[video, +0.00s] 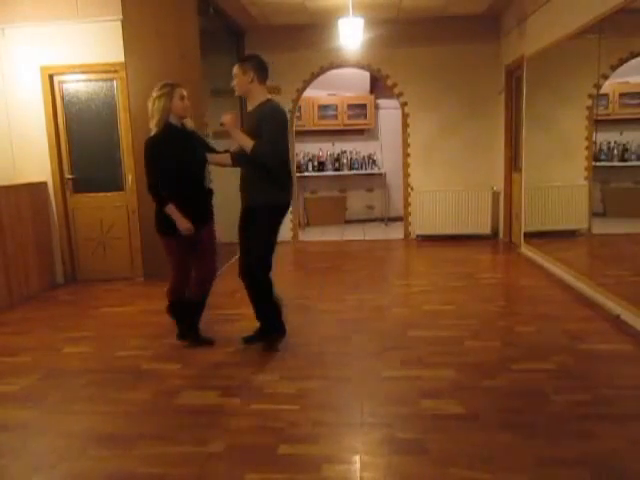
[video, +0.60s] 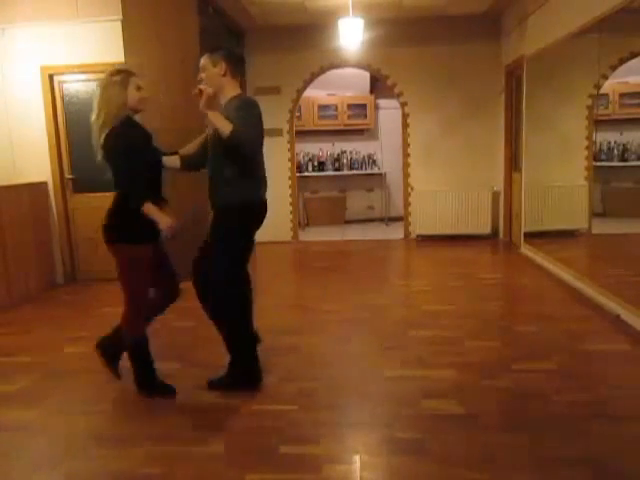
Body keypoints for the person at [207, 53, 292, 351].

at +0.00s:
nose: (233, 83)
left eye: (237, 77)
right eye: (233, 77)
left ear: (252, 77)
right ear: (250, 79)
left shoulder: (271, 112)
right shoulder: (254, 113)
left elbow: (269, 156)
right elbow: (244, 156)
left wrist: (235, 133)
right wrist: (205, 156)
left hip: (269, 200)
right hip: (255, 200)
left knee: (254, 268)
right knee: (250, 268)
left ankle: (273, 327)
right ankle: (268, 325)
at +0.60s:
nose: (199, 77)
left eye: (203, 70)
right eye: (199, 71)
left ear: (223, 69)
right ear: (221, 70)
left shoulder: (243, 106)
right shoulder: (222, 112)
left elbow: (247, 145)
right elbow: (196, 157)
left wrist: (209, 111)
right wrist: (154, 158)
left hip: (243, 207)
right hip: (228, 208)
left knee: (209, 274)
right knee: (226, 277)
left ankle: (243, 363)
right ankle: (243, 362)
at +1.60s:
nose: (172, 69)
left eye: (177, 62)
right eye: (172, 63)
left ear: (200, 62)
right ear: (190, 65)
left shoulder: (228, 103)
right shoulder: (186, 112)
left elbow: (262, 148)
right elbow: (155, 148)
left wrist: (234, 161)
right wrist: (119, 152)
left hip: (228, 212)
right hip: (198, 212)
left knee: (210, 288)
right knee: (189, 285)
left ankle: (201, 369)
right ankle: (218, 342)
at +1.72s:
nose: (181, 72)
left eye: (187, 65)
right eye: (180, 66)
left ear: (209, 65)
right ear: (197, 69)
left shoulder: (237, 106)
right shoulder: (190, 112)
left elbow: (272, 150)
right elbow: (155, 145)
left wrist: (235, 160)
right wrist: (114, 149)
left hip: (237, 211)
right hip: (205, 211)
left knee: (209, 281)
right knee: (195, 282)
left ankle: (207, 364)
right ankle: (221, 346)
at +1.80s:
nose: (187, 73)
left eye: (192, 66)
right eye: (186, 67)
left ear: (214, 67)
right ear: (202, 70)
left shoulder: (243, 108)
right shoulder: (194, 113)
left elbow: (280, 152)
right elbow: (161, 145)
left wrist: (244, 161)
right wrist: (122, 151)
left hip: (241, 209)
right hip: (210, 209)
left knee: (217, 278)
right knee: (197, 282)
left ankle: (227, 356)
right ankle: (214, 354)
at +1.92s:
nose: (198, 73)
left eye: (204, 66)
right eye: (197, 68)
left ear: (227, 67)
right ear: (210, 72)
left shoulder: (257, 109)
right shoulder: (203, 117)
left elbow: (295, 153)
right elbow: (165, 153)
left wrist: (270, 162)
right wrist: (122, 157)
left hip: (252, 209)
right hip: (219, 210)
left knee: (238, 283)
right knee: (210, 288)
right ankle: (221, 354)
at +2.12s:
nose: (218, 71)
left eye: (224, 64)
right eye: (217, 65)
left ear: (247, 65)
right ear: (219, 71)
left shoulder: (278, 106)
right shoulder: (222, 115)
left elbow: (317, 148)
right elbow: (192, 159)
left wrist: (318, 159)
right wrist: (151, 160)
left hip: (279, 210)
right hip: (240, 212)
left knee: (284, 285)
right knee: (231, 287)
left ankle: (292, 338)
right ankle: (223, 356)